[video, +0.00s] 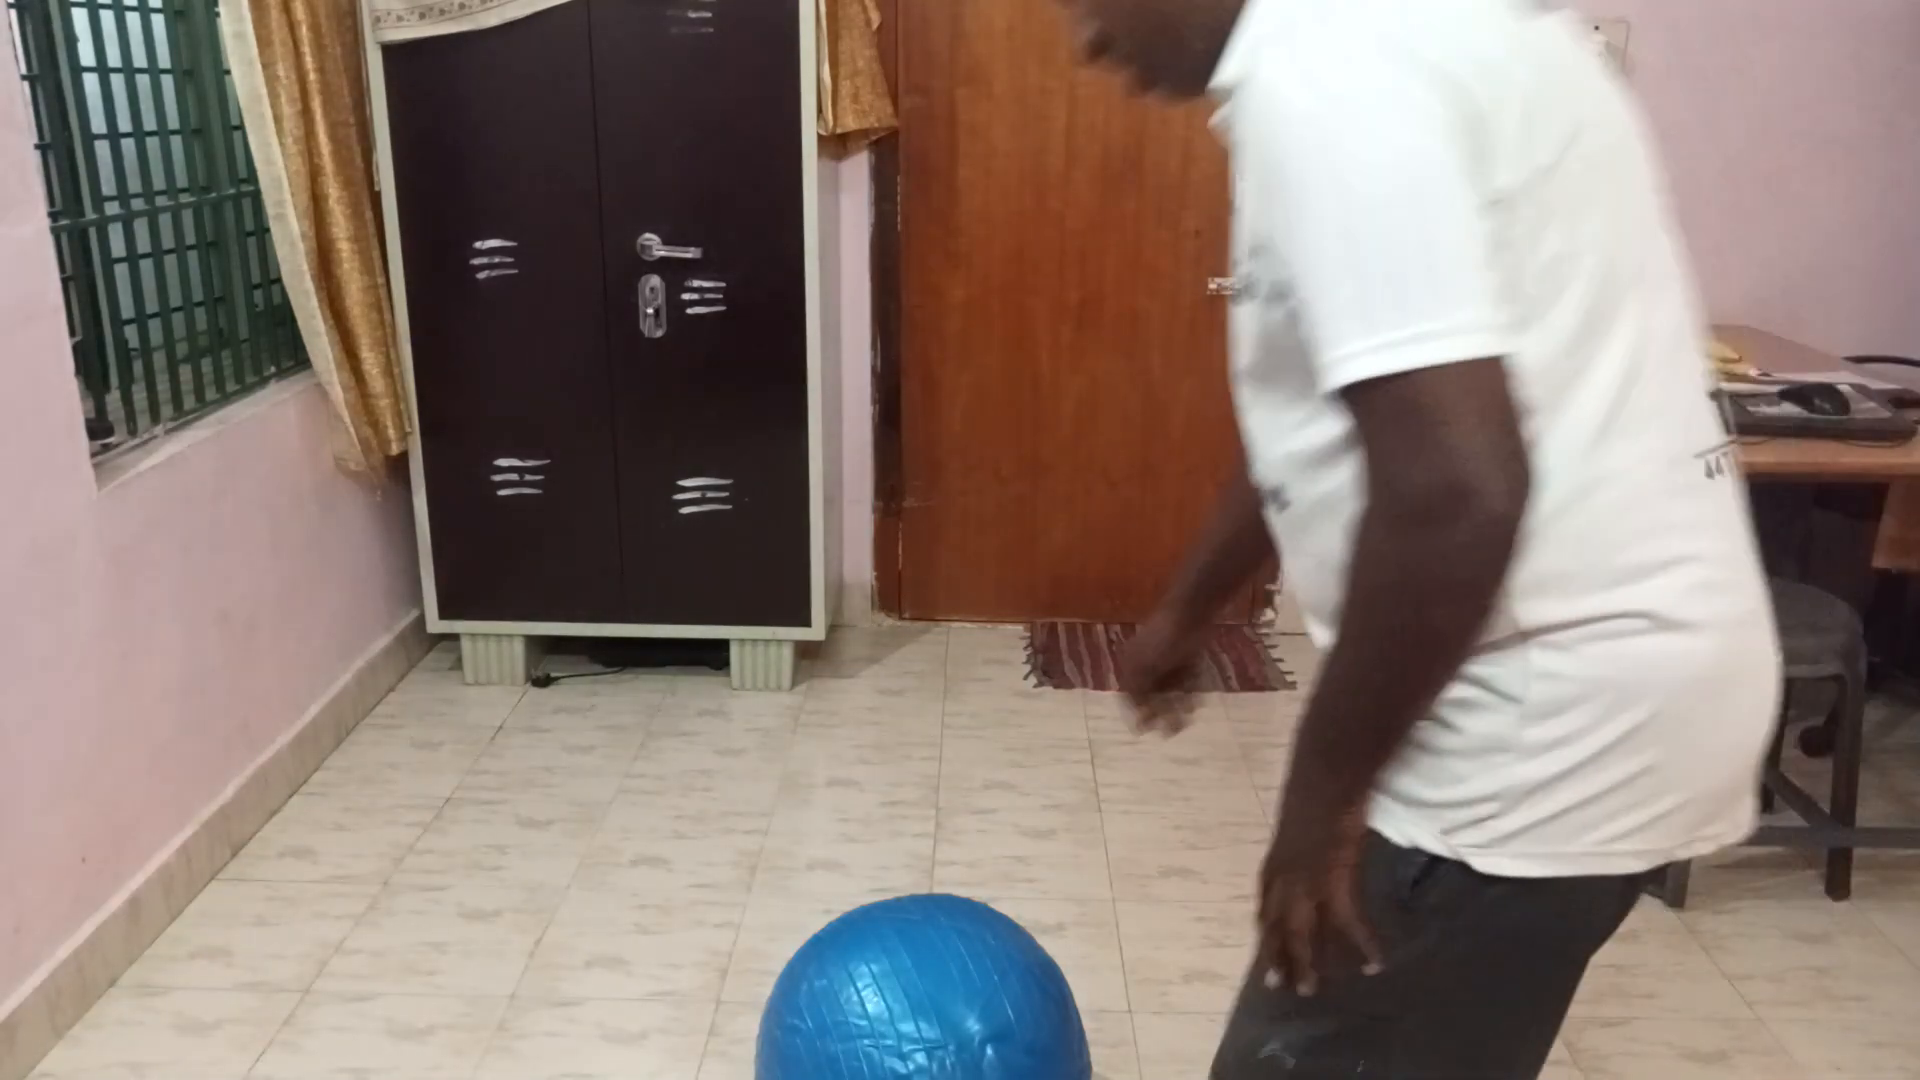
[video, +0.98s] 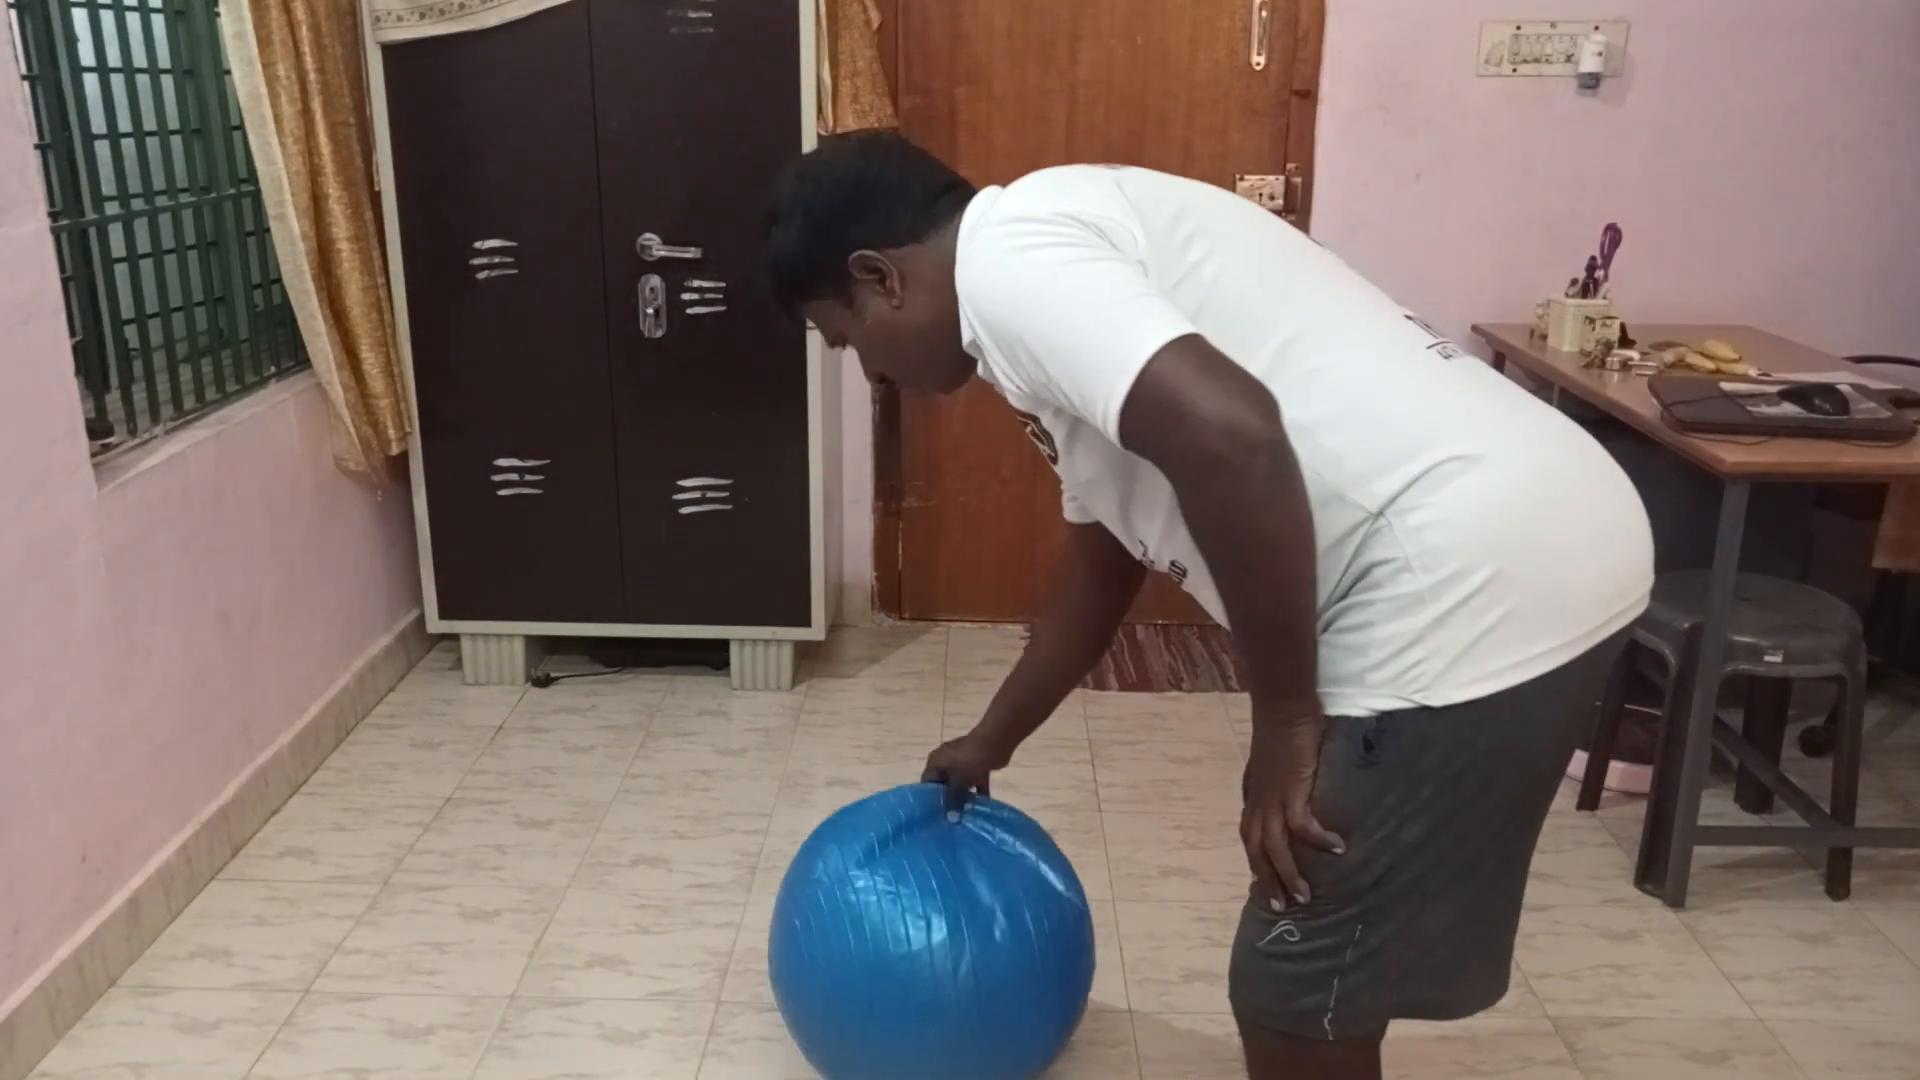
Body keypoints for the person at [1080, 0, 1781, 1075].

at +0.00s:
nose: (1085, 41)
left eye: (1087, 6)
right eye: (1078, 15)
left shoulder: (1323, 64)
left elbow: (1453, 489)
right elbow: (1326, 402)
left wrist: (1320, 802)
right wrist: (1185, 611)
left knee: (1290, 1060)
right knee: (1400, 1053)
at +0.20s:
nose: (934, 194)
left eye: (919, 149)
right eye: (905, 165)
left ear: (990, 76)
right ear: (1000, 65)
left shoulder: (1164, 137)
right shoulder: (1209, 93)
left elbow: (1355, 499)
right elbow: (1169, 469)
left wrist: (1297, 809)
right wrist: (1066, 684)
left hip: (1513, 706)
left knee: (1268, 1048)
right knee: (1390, 1049)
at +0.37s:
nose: (878, 337)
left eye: (859, 292)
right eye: (854, 306)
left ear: (913, 227)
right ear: (925, 219)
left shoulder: (1089, 224)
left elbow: (1343, 480)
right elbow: (1090, 566)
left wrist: (1319, 795)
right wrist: (999, 776)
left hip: (1532, 655)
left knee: (1284, 1042)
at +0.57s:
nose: (864, 426)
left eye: (838, 390)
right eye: (835, 402)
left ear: (880, 332)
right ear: (900, 319)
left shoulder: (1033, 300)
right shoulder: (1043, 406)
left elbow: (1313, 452)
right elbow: (1044, 657)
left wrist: (1337, 754)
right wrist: (972, 848)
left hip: (1527, 603)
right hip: (1451, 590)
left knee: (1304, 1012)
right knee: (1279, 818)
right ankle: (1352, 1034)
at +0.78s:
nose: (867, 401)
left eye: (844, 367)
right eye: (841, 380)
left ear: (879, 306)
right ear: (898, 294)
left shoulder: (1014, 279)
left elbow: (1267, 443)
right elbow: (1073, 621)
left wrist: (1311, 728)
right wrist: (987, 803)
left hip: (1490, 594)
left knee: (1303, 991)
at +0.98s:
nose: (866, 371)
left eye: (841, 334)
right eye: (838, 346)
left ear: (883, 275)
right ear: (902, 256)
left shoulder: (1010, 259)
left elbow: (1232, 439)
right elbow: (1095, 569)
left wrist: (1284, 722)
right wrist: (990, 737)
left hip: (1465, 587)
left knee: (1295, 994)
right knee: (1319, 983)